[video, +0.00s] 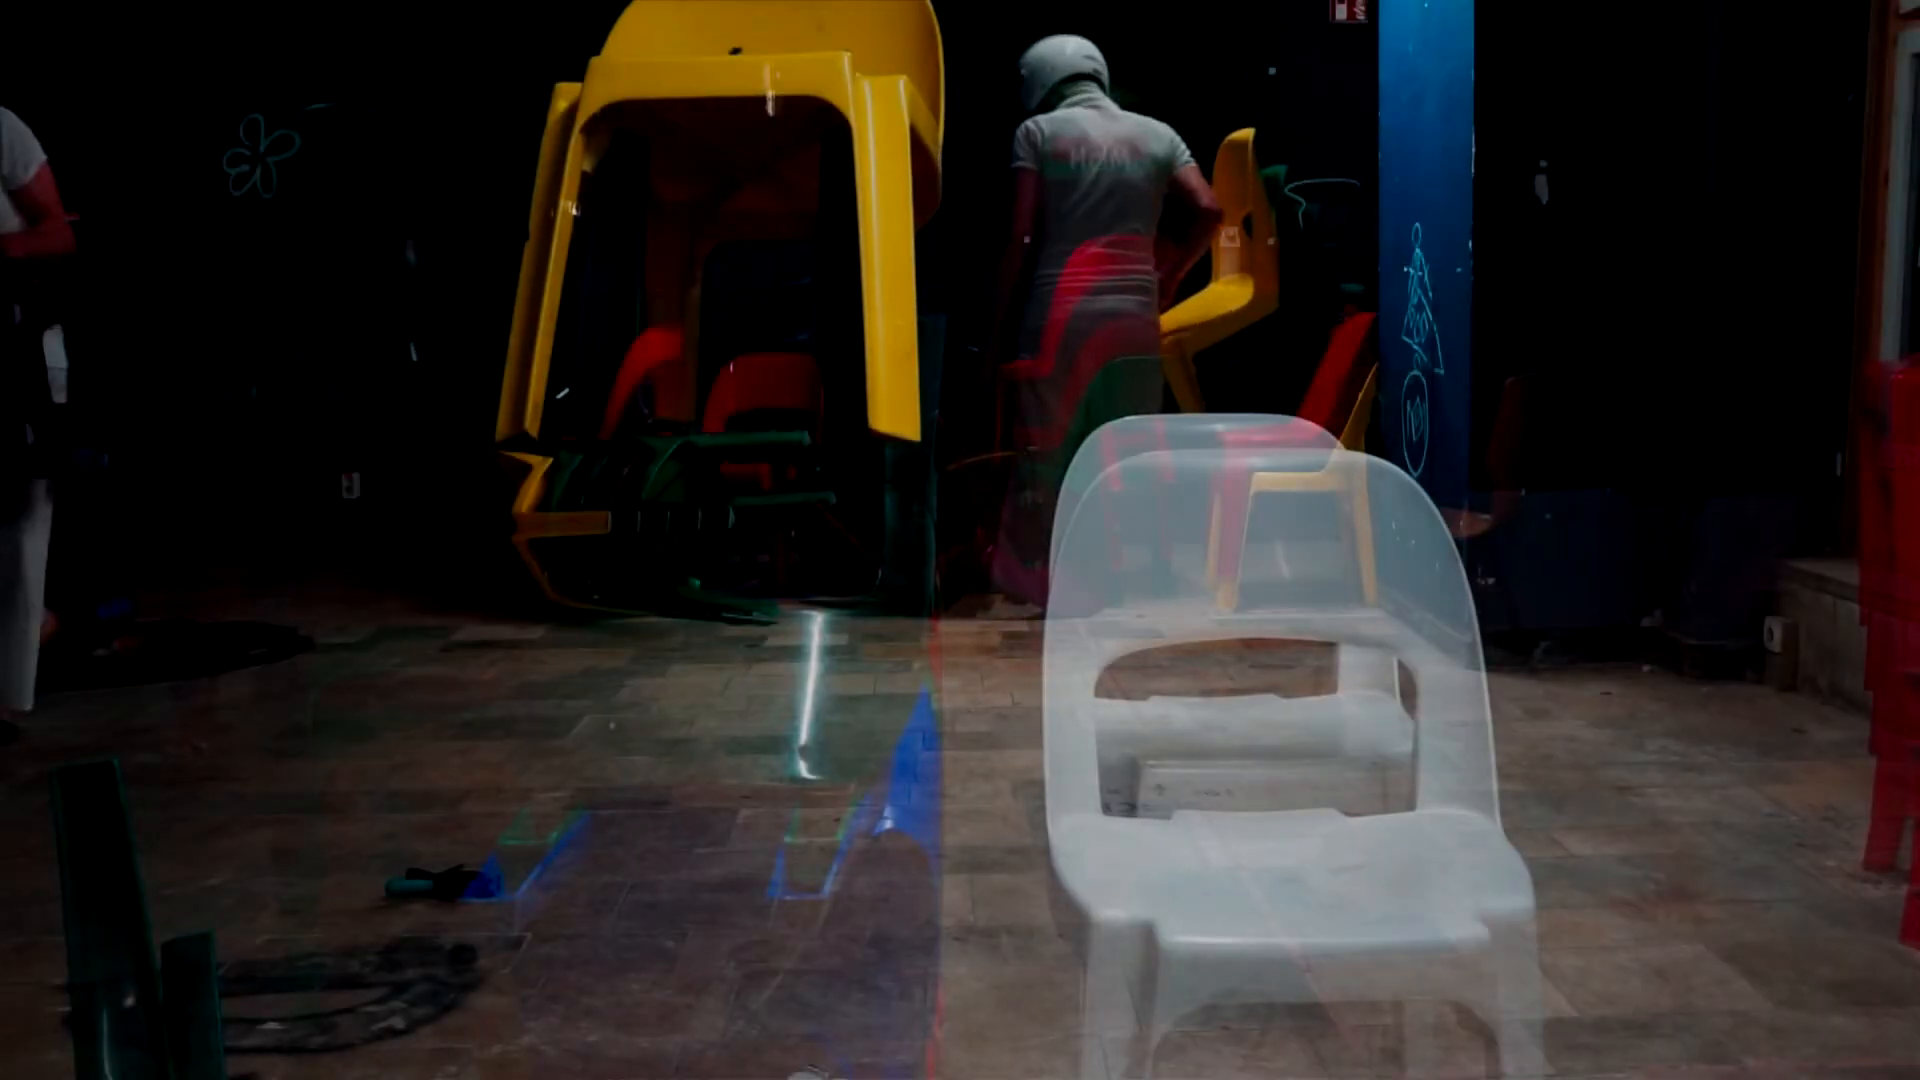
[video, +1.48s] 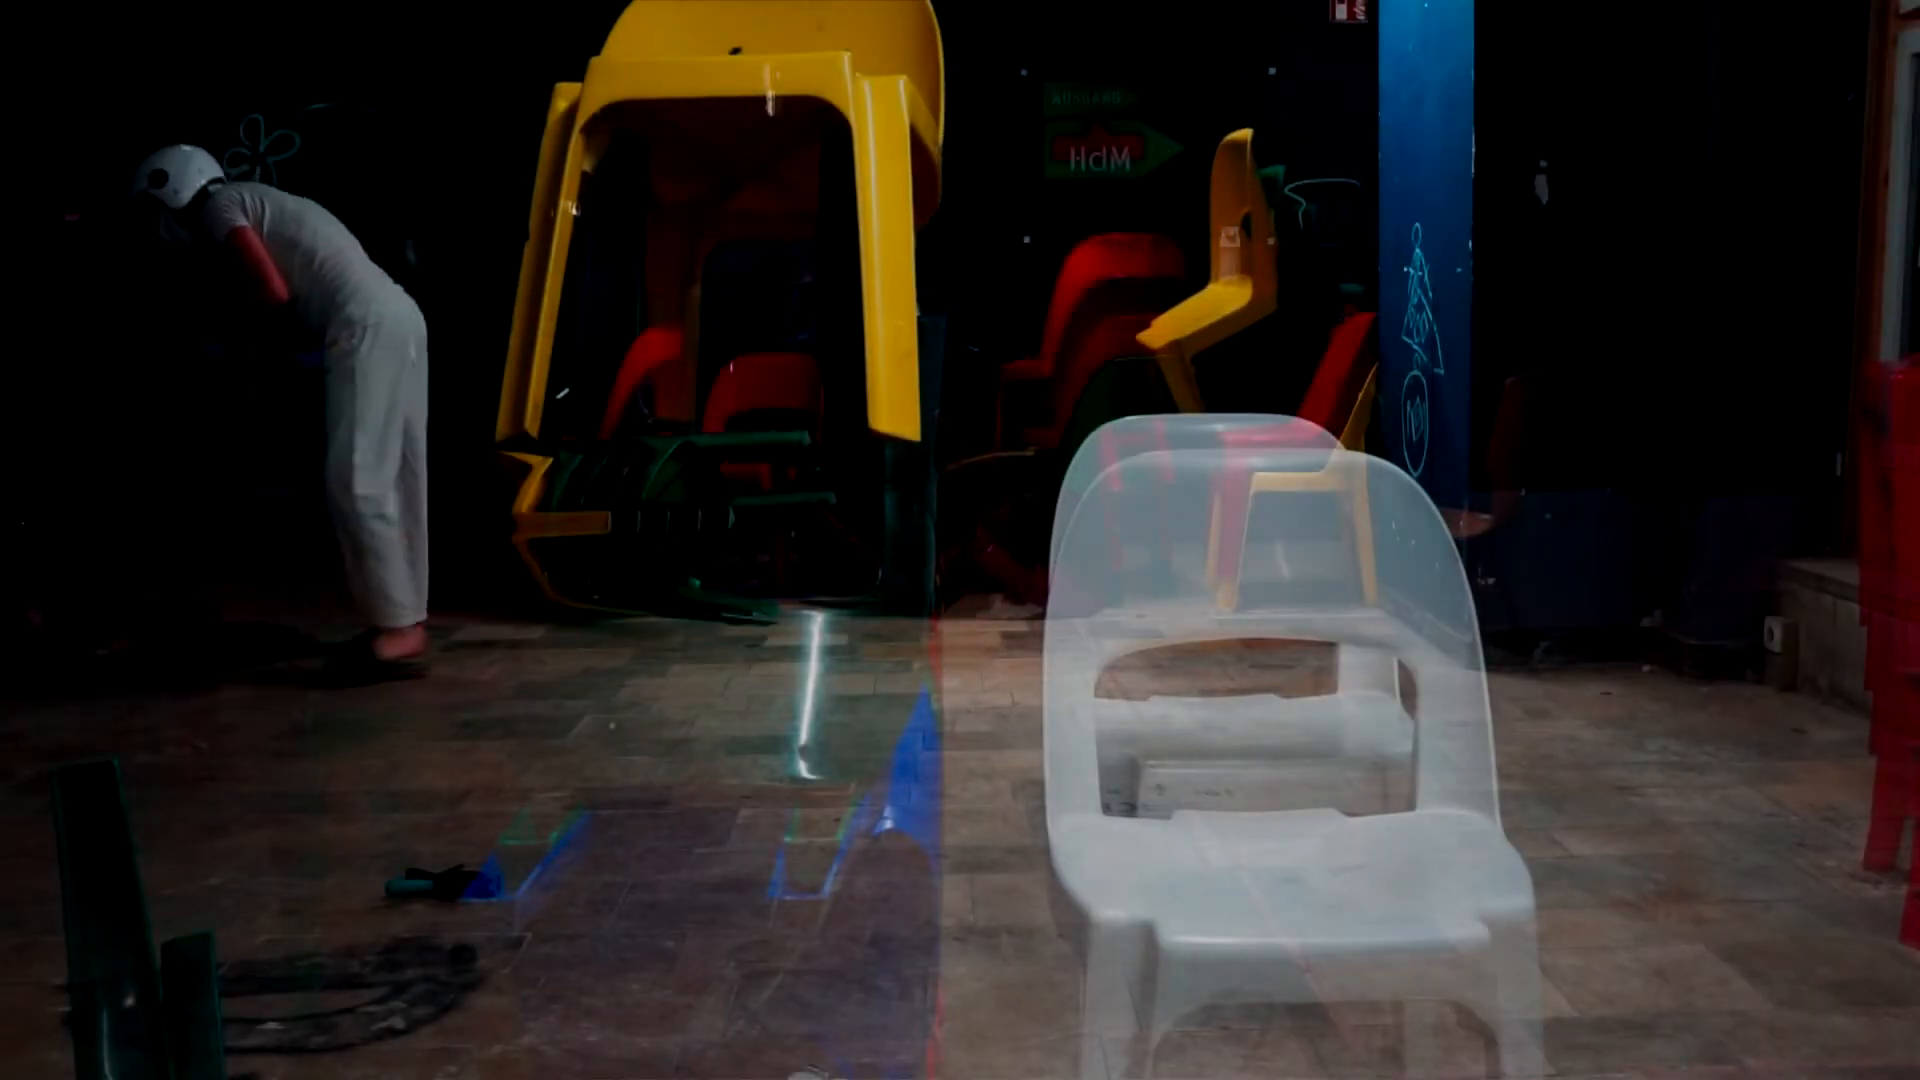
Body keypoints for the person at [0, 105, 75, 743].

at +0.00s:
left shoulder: (6, 132)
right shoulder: (9, 136)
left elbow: (55, 230)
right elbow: (53, 229)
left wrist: (6, 246)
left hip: (27, 396)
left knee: (21, 557)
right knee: (22, 558)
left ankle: (13, 710)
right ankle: (12, 708)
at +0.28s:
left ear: (12, 73)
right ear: (5, 79)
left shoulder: (54, 136)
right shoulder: (16, 154)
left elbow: (117, 229)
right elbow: (108, 229)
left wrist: (39, 245)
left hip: (104, 346)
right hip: (56, 351)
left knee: (72, 506)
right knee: (66, 506)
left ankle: (27, 670)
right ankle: (123, 641)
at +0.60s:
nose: (23, 118)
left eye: (33, 98)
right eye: (15, 103)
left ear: (71, 90)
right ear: (19, 101)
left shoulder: (123, 145)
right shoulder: (58, 173)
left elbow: (165, 241)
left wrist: (60, 254)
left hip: (175, 359)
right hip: (115, 362)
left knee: (169, 507)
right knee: (107, 509)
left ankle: (221, 651)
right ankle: (130, 654)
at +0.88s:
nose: (67, 138)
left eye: (68, 119)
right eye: (59, 123)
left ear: (104, 103)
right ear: (111, 102)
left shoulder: (155, 156)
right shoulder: (173, 150)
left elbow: (187, 263)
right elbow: (243, 242)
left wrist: (114, 269)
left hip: (225, 352)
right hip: (239, 346)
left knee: (202, 504)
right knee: (213, 493)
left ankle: (219, 651)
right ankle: (285, 587)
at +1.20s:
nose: (126, 176)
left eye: (123, 159)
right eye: (118, 163)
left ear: (145, 142)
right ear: (174, 129)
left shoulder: (193, 172)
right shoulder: (252, 170)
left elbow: (234, 275)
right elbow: (334, 254)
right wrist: (261, 249)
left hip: (303, 340)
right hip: (342, 329)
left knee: (262, 490)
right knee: (344, 481)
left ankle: (231, 645)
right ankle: (393, 616)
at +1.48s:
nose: (172, 222)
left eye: (167, 210)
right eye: (166, 214)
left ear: (179, 194)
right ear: (208, 176)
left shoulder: (222, 200)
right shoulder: (252, 196)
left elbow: (274, 288)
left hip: (367, 324)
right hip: (400, 317)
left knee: (359, 478)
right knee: (404, 474)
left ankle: (396, 631)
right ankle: (408, 626)